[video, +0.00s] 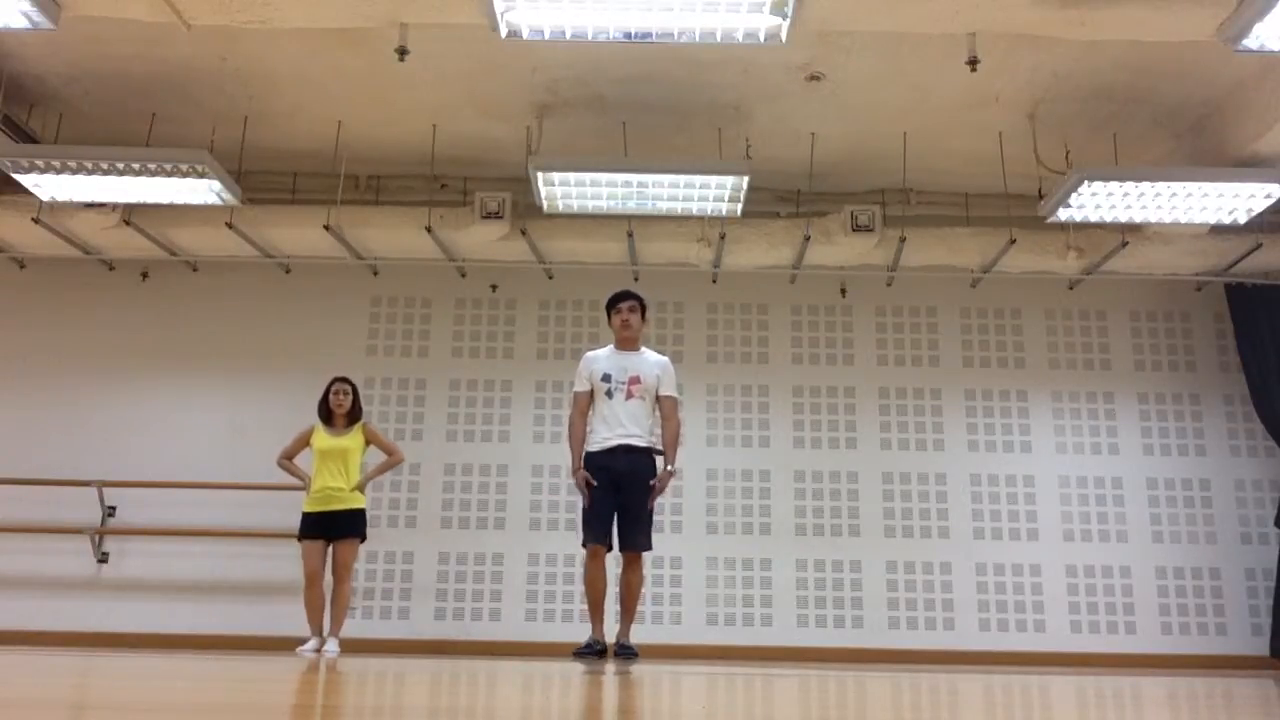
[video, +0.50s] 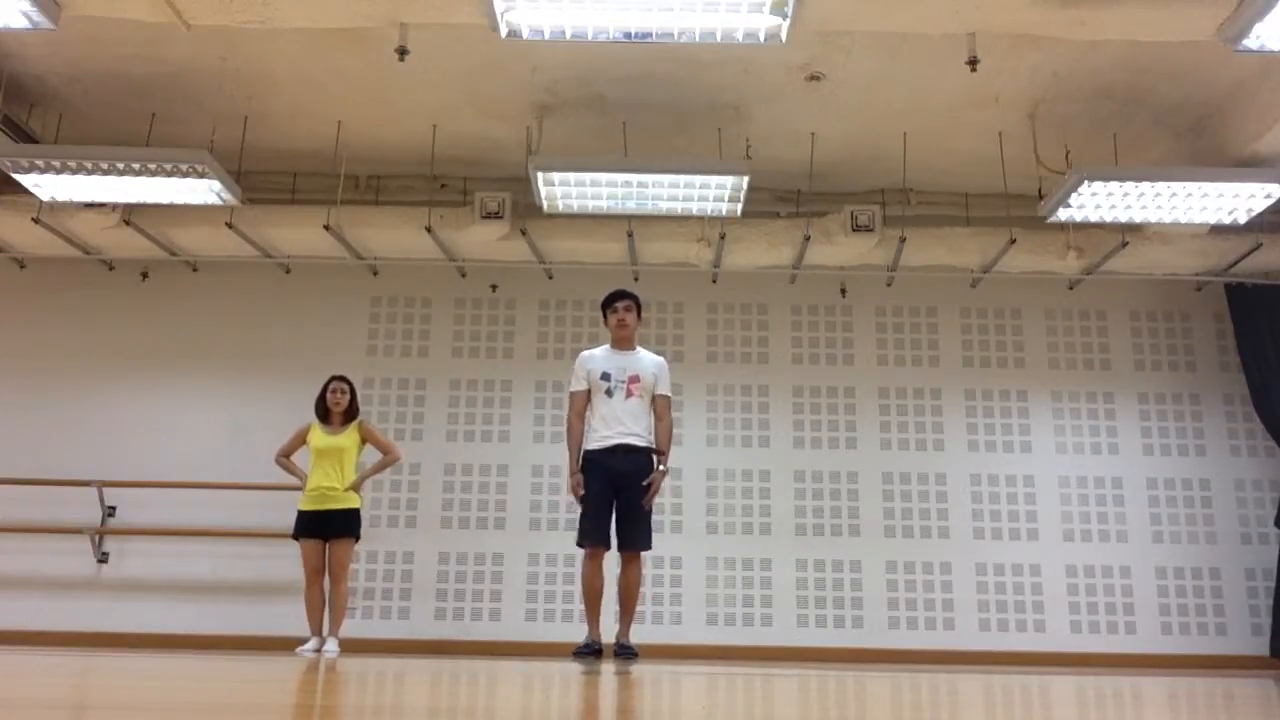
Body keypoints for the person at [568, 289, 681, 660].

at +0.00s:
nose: (625, 318)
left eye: (632, 312)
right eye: (619, 313)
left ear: (643, 320)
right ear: (610, 321)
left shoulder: (659, 364)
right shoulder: (592, 361)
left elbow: (670, 417)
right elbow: (578, 414)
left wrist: (669, 465)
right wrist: (577, 463)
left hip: (639, 461)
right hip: (599, 460)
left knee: (632, 552)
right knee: (595, 549)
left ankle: (624, 637)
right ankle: (597, 635)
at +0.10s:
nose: (625, 319)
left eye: (631, 313)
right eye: (618, 313)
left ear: (643, 321)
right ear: (609, 322)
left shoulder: (659, 365)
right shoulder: (591, 361)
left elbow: (671, 418)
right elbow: (575, 414)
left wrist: (671, 465)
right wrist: (572, 463)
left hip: (640, 463)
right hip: (598, 462)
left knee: (633, 552)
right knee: (591, 544)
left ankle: (624, 637)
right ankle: (596, 632)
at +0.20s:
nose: (624, 320)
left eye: (631, 314)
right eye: (617, 315)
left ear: (642, 322)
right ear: (608, 323)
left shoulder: (658, 366)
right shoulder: (591, 363)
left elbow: (672, 419)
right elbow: (574, 414)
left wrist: (672, 468)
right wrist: (568, 463)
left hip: (641, 463)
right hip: (598, 463)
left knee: (635, 551)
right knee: (588, 536)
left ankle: (625, 636)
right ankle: (594, 626)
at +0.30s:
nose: (622, 319)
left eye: (629, 314)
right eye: (616, 314)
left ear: (641, 321)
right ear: (607, 322)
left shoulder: (657, 365)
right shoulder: (590, 362)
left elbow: (669, 418)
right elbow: (575, 415)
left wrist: (669, 468)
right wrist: (569, 463)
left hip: (640, 462)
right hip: (598, 462)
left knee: (634, 551)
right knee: (591, 537)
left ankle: (625, 636)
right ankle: (593, 628)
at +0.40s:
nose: (622, 319)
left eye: (628, 313)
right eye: (615, 314)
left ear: (640, 320)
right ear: (606, 322)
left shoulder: (656, 364)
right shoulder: (589, 362)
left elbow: (667, 419)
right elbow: (575, 416)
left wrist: (664, 468)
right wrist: (572, 466)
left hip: (638, 462)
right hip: (597, 462)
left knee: (633, 552)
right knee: (596, 550)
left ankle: (624, 637)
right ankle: (593, 636)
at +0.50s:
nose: (621, 317)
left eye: (628, 312)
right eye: (615, 312)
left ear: (639, 319)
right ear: (605, 320)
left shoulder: (655, 364)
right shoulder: (589, 360)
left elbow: (663, 417)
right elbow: (576, 416)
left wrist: (662, 466)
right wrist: (574, 468)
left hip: (638, 460)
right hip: (597, 460)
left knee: (631, 552)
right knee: (594, 550)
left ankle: (624, 637)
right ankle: (593, 636)